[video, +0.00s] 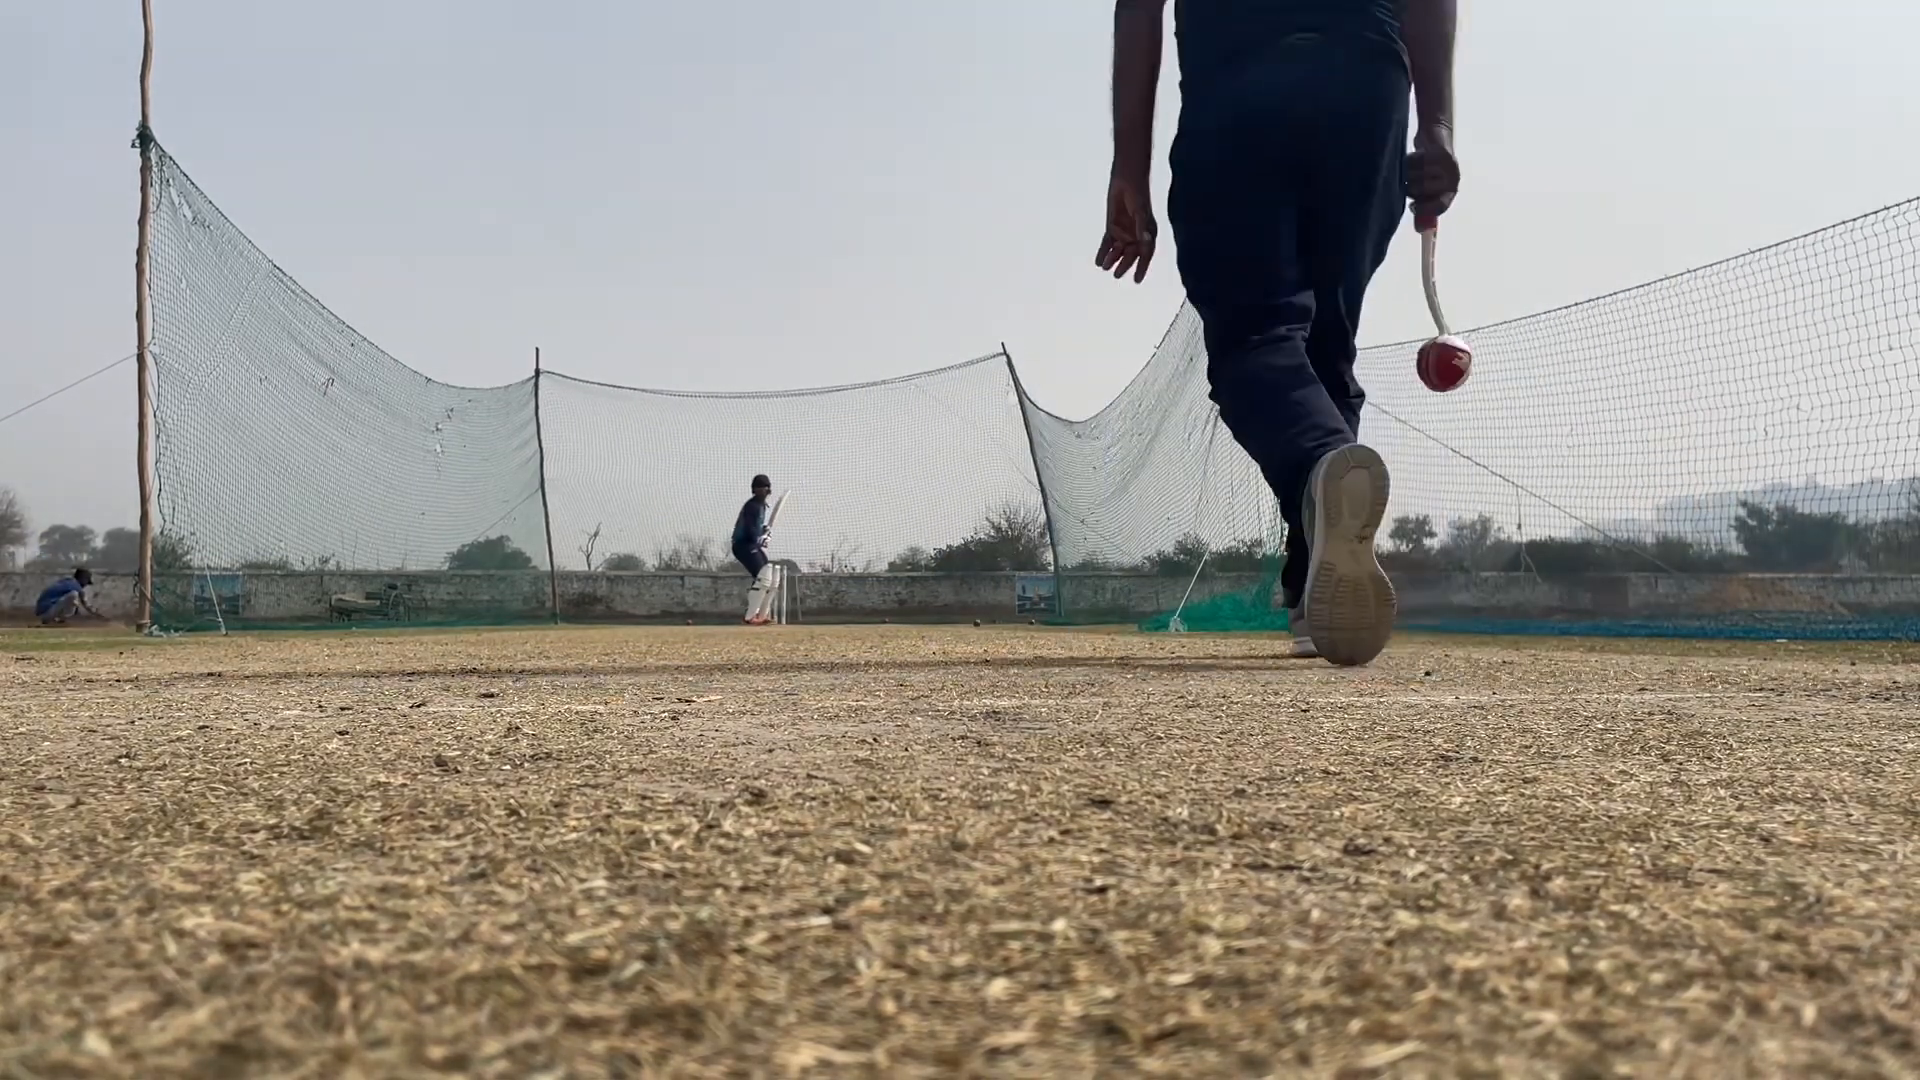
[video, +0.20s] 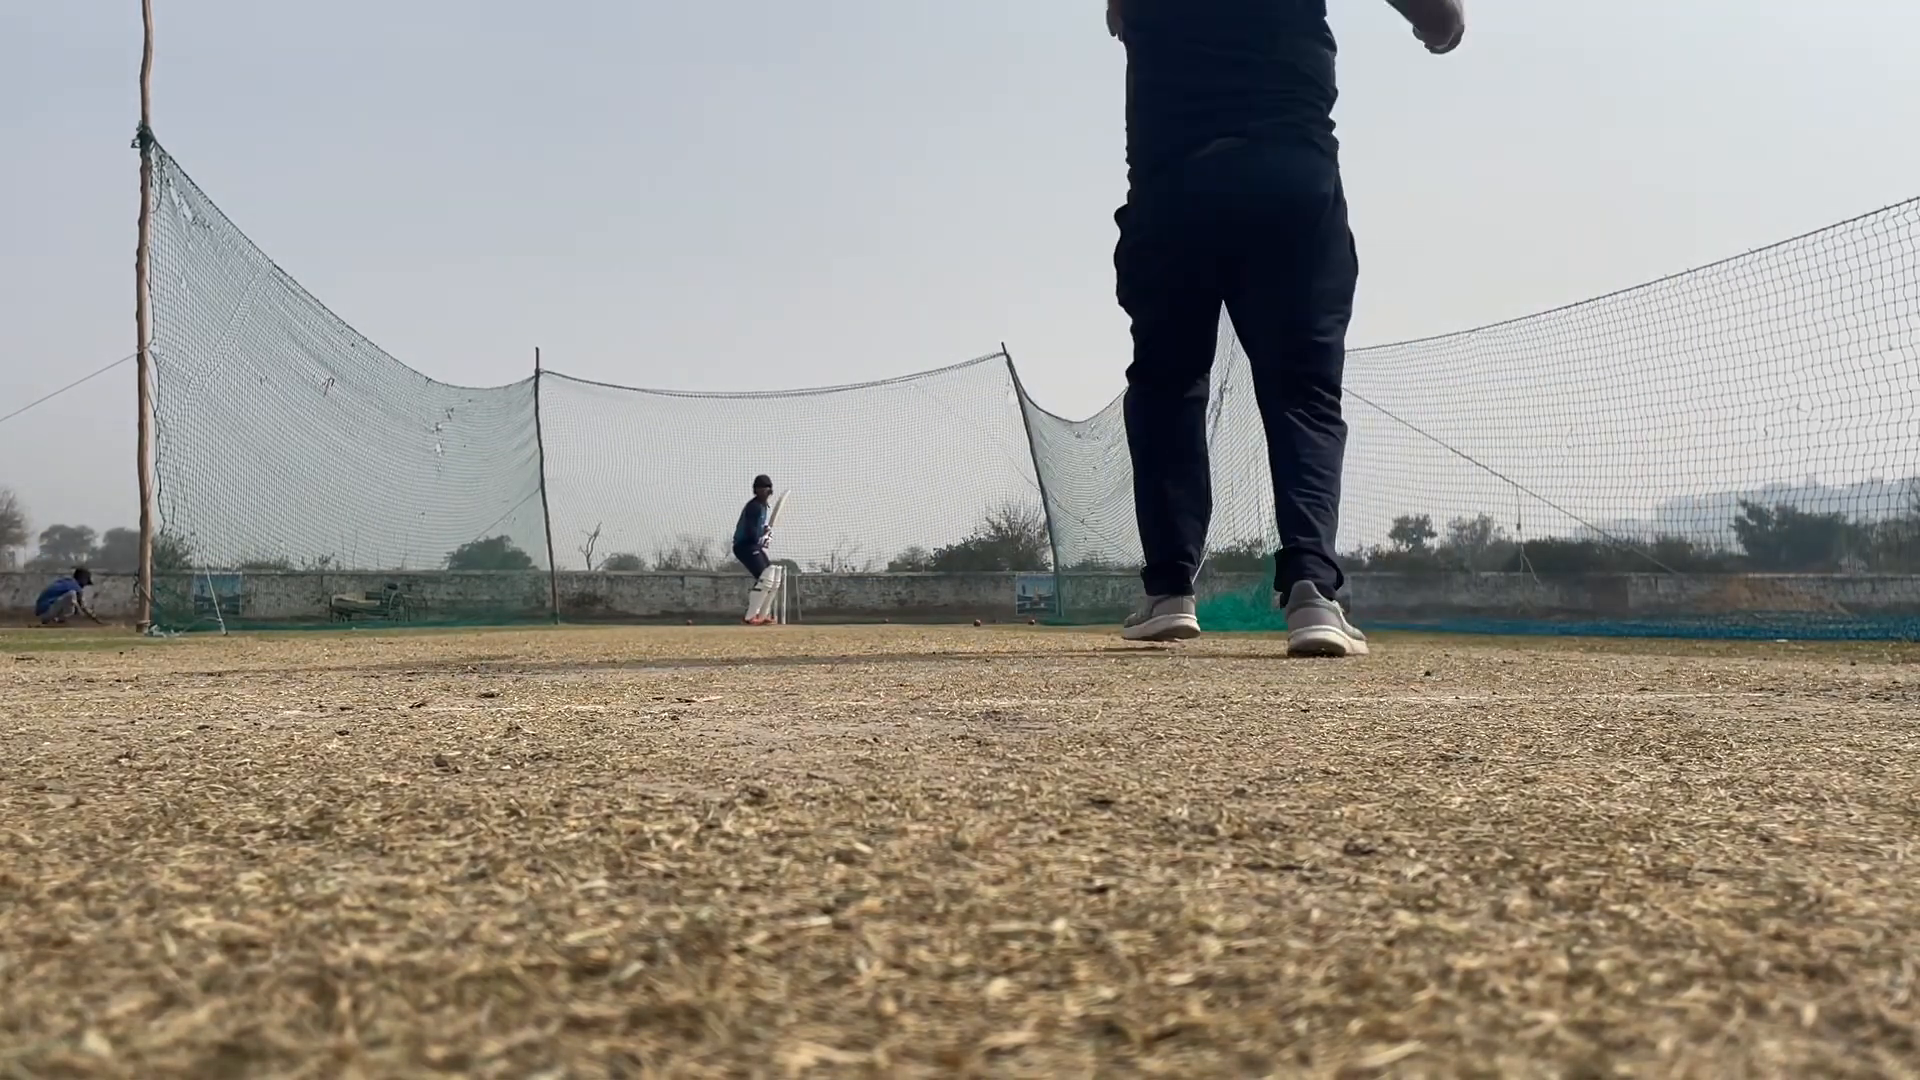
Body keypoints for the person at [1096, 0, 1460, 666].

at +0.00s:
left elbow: (1139, 14)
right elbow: (1426, 4)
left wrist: (1130, 169)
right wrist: (1435, 128)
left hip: (1230, 86)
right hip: (1365, 78)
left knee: (1253, 335)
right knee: (1331, 349)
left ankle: (1323, 470)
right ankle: (1314, 596)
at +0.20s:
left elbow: (1119, 23)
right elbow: (1443, 25)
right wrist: (1435, 23)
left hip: (1171, 186)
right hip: (1293, 180)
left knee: (1165, 384)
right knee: (1305, 392)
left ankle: (1170, 597)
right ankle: (1313, 598)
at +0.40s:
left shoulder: (1068, 17)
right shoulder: (1211, 5)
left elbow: (988, 25)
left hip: (1123, 257)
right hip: (1225, 241)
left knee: (1099, 432)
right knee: (1269, 398)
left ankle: (1077, 612)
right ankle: (1300, 542)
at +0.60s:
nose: (1001, 92)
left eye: (1000, 81)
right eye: (1003, 83)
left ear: (1005, 76)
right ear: (1070, 62)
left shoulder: (1007, 129)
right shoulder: (1121, 94)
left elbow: (976, 261)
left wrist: (949, 340)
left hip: (1113, 272)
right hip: (1211, 249)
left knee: (1085, 439)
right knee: (1220, 423)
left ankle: (1079, 612)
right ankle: (1205, 510)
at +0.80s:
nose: (956, 171)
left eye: (954, 152)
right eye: (950, 158)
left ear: (974, 130)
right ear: (979, 141)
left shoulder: (997, 116)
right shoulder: (1038, 194)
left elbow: (1014, 31)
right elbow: (1065, 280)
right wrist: (1012, 312)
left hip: (1120, 258)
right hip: (1200, 233)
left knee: (1079, 432)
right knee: (1291, 381)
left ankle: (1081, 605)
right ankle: (1374, 324)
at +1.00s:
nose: (942, 84)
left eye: (949, 76)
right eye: (945, 77)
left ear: (969, 77)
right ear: (1008, 96)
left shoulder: (994, 82)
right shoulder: (1050, 162)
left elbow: (878, 21)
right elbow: (1051, 275)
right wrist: (987, 356)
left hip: (1120, 262)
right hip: (1189, 237)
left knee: (1086, 437)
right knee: (1307, 358)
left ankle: (1085, 609)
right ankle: (1466, 268)